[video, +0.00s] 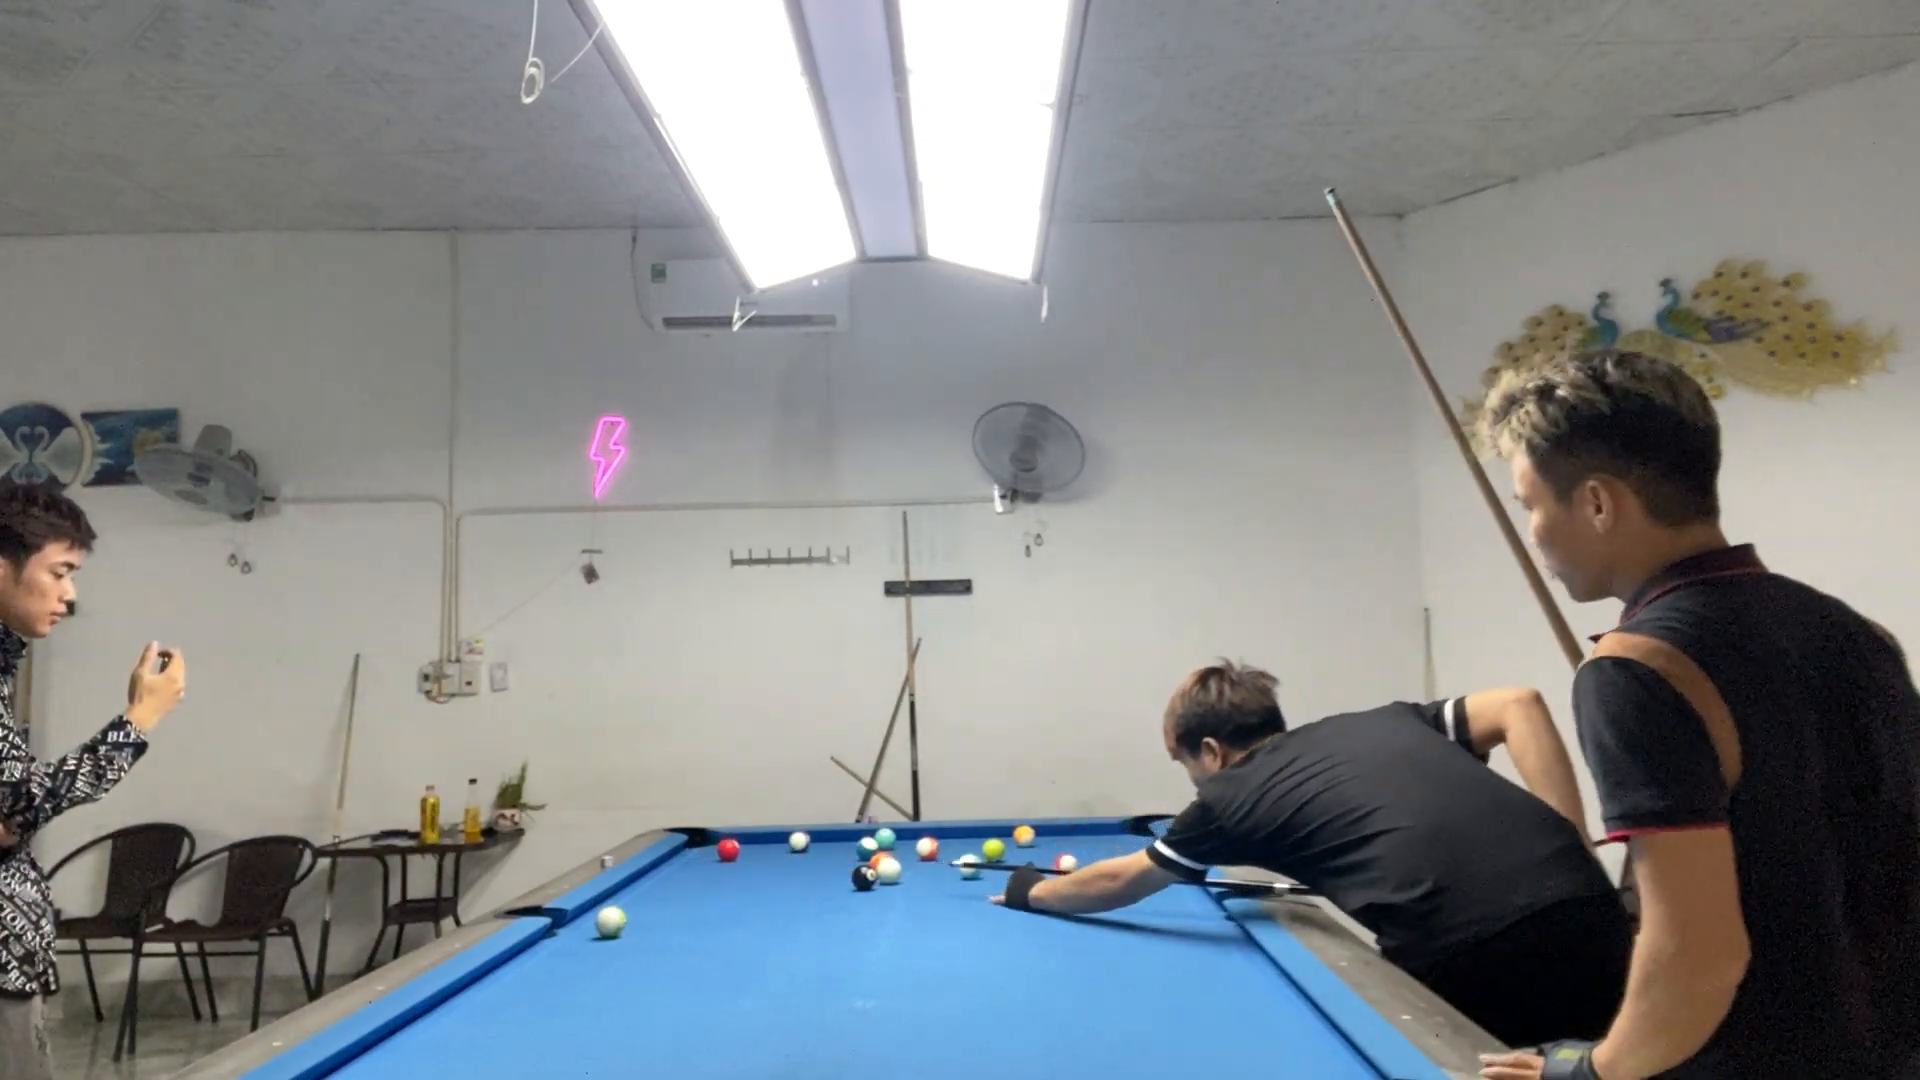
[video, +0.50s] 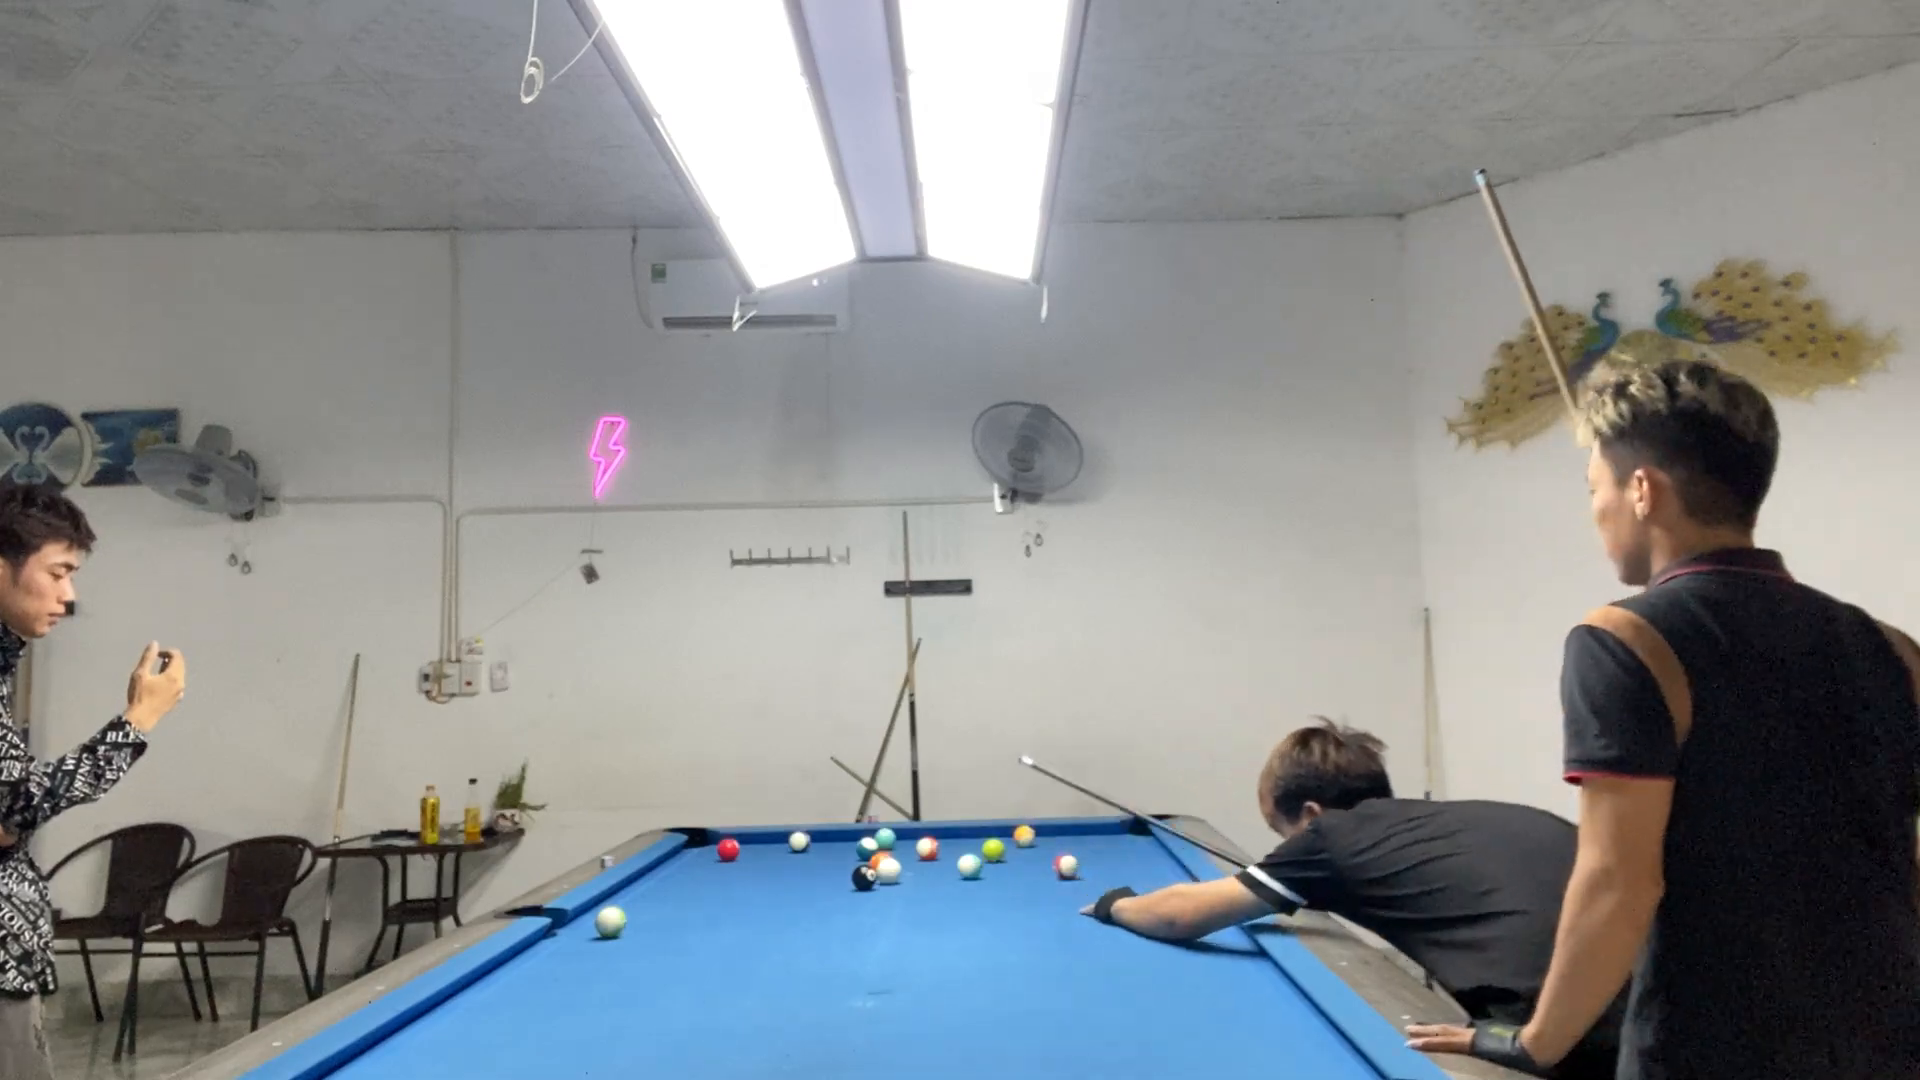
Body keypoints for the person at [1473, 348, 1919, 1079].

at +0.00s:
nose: (1528, 534)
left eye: (1529, 505)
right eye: (1522, 508)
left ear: (1599, 505)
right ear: (1696, 480)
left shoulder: (1635, 673)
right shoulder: (1856, 635)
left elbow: (1697, 952)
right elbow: (1896, 892)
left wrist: (1600, 1068)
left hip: (1743, 1062)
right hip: (1889, 1052)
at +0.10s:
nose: (1536, 528)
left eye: (1538, 501)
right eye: (1533, 504)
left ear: (1602, 502)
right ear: (1700, 481)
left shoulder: (1626, 669)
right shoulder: (1868, 645)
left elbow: (1672, 942)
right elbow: (1902, 882)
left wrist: (1585, 1060)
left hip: (1723, 1062)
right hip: (1884, 1056)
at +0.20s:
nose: (1549, 530)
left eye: (1550, 502)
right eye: (1545, 504)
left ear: (1609, 500)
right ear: (1710, 485)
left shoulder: (1622, 664)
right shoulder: (1879, 652)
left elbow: (1647, 933)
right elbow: (1896, 894)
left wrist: (1562, 1052)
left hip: (1705, 1060)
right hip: (1876, 1057)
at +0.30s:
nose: (1566, 530)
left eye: (1566, 501)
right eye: (1561, 504)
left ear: (1623, 501)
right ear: (1725, 490)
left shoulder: (1624, 665)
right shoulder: (1884, 656)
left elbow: (1624, 927)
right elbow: (1900, 884)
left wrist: (1537, 1053)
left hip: (1695, 1062)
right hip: (1872, 1055)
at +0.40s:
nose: (1583, 521)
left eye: (1583, 494)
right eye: (1577, 497)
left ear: (1634, 496)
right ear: (1735, 489)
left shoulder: (1622, 654)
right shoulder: (1889, 653)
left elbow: (1620, 902)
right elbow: (1902, 880)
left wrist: (1535, 1048)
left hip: (1694, 1058)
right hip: (1875, 1053)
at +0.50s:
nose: (1596, 513)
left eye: (1596, 489)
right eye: (1591, 491)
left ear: (1643, 492)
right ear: (1745, 489)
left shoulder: (1627, 641)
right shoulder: (1889, 650)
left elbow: (1617, 881)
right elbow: (1900, 866)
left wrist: (1534, 1048)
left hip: (1702, 1053)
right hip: (1878, 1048)